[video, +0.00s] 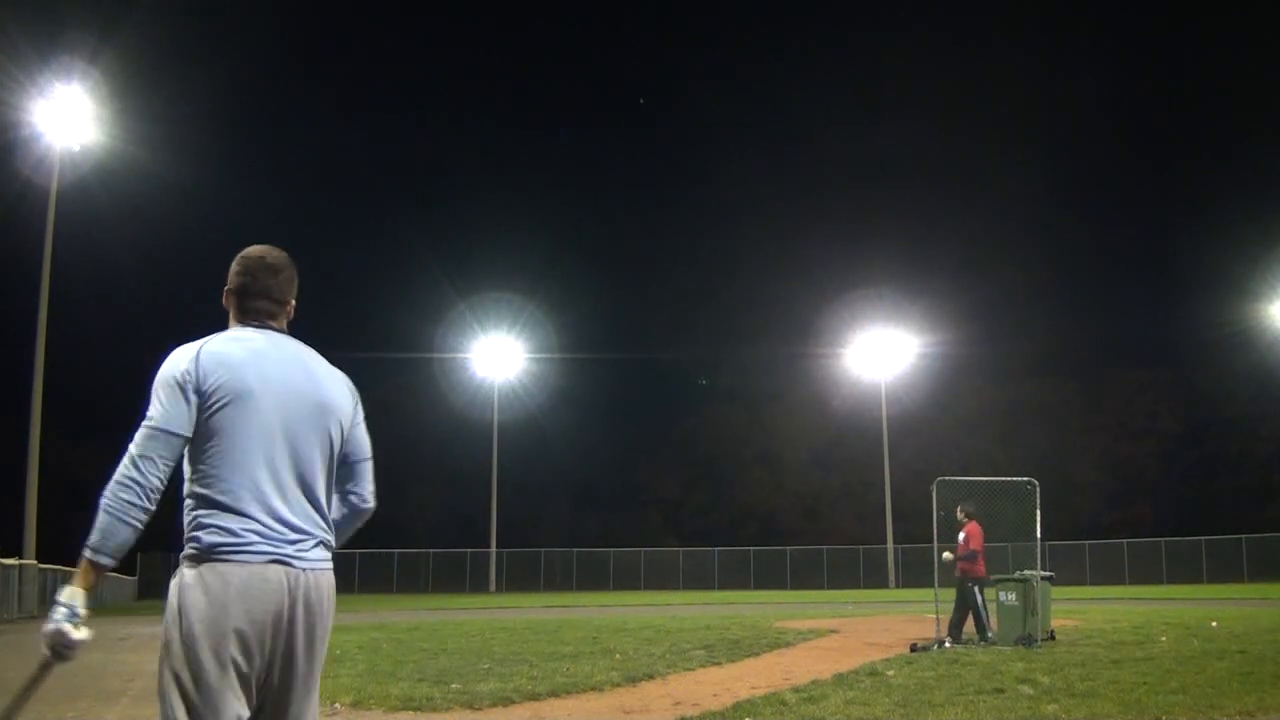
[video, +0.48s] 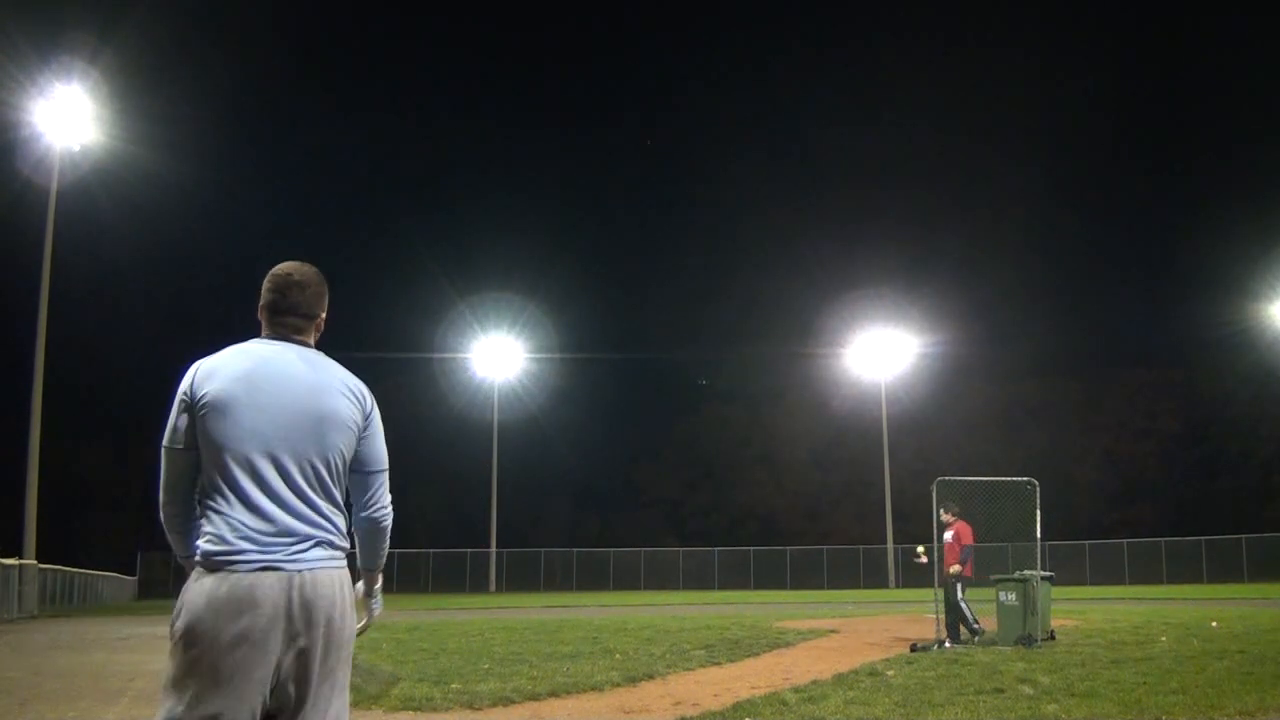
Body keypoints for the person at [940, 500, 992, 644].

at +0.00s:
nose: (957, 514)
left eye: (958, 512)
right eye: (957, 512)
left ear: (965, 513)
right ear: (966, 514)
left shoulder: (974, 528)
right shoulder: (965, 528)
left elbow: (975, 552)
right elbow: (966, 551)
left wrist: (955, 557)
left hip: (974, 576)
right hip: (964, 575)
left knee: (978, 607)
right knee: (960, 608)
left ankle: (985, 636)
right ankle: (954, 636)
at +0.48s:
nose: (941, 518)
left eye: (943, 514)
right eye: (940, 515)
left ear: (951, 514)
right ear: (948, 515)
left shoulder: (962, 527)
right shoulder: (948, 529)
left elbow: (968, 547)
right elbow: (950, 550)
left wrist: (960, 564)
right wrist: (946, 567)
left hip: (958, 572)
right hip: (948, 572)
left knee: (957, 600)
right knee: (950, 605)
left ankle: (975, 629)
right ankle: (953, 636)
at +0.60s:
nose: (938, 518)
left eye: (940, 514)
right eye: (937, 515)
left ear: (948, 514)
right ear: (942, 515)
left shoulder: (959, 526)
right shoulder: (943, 531)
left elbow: (966, 547)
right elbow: (939, 551)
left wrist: (963, 565)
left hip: (955, 571)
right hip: (945, 573)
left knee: (954, 601)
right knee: (948, 604)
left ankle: (968, 632)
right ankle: (952, 635)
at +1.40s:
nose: (934, 513)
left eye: (936, 511)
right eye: (935, 511)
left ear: (942, 513)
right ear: (941, 513)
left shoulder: (949, 526)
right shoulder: (942, 527)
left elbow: (951, 547)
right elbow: (943, 549)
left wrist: (947, 568)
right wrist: (940, 569)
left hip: (950, 573)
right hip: (943, 573)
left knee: (951, 606)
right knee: (946, 606)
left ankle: (954, 636)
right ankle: (949, 635)